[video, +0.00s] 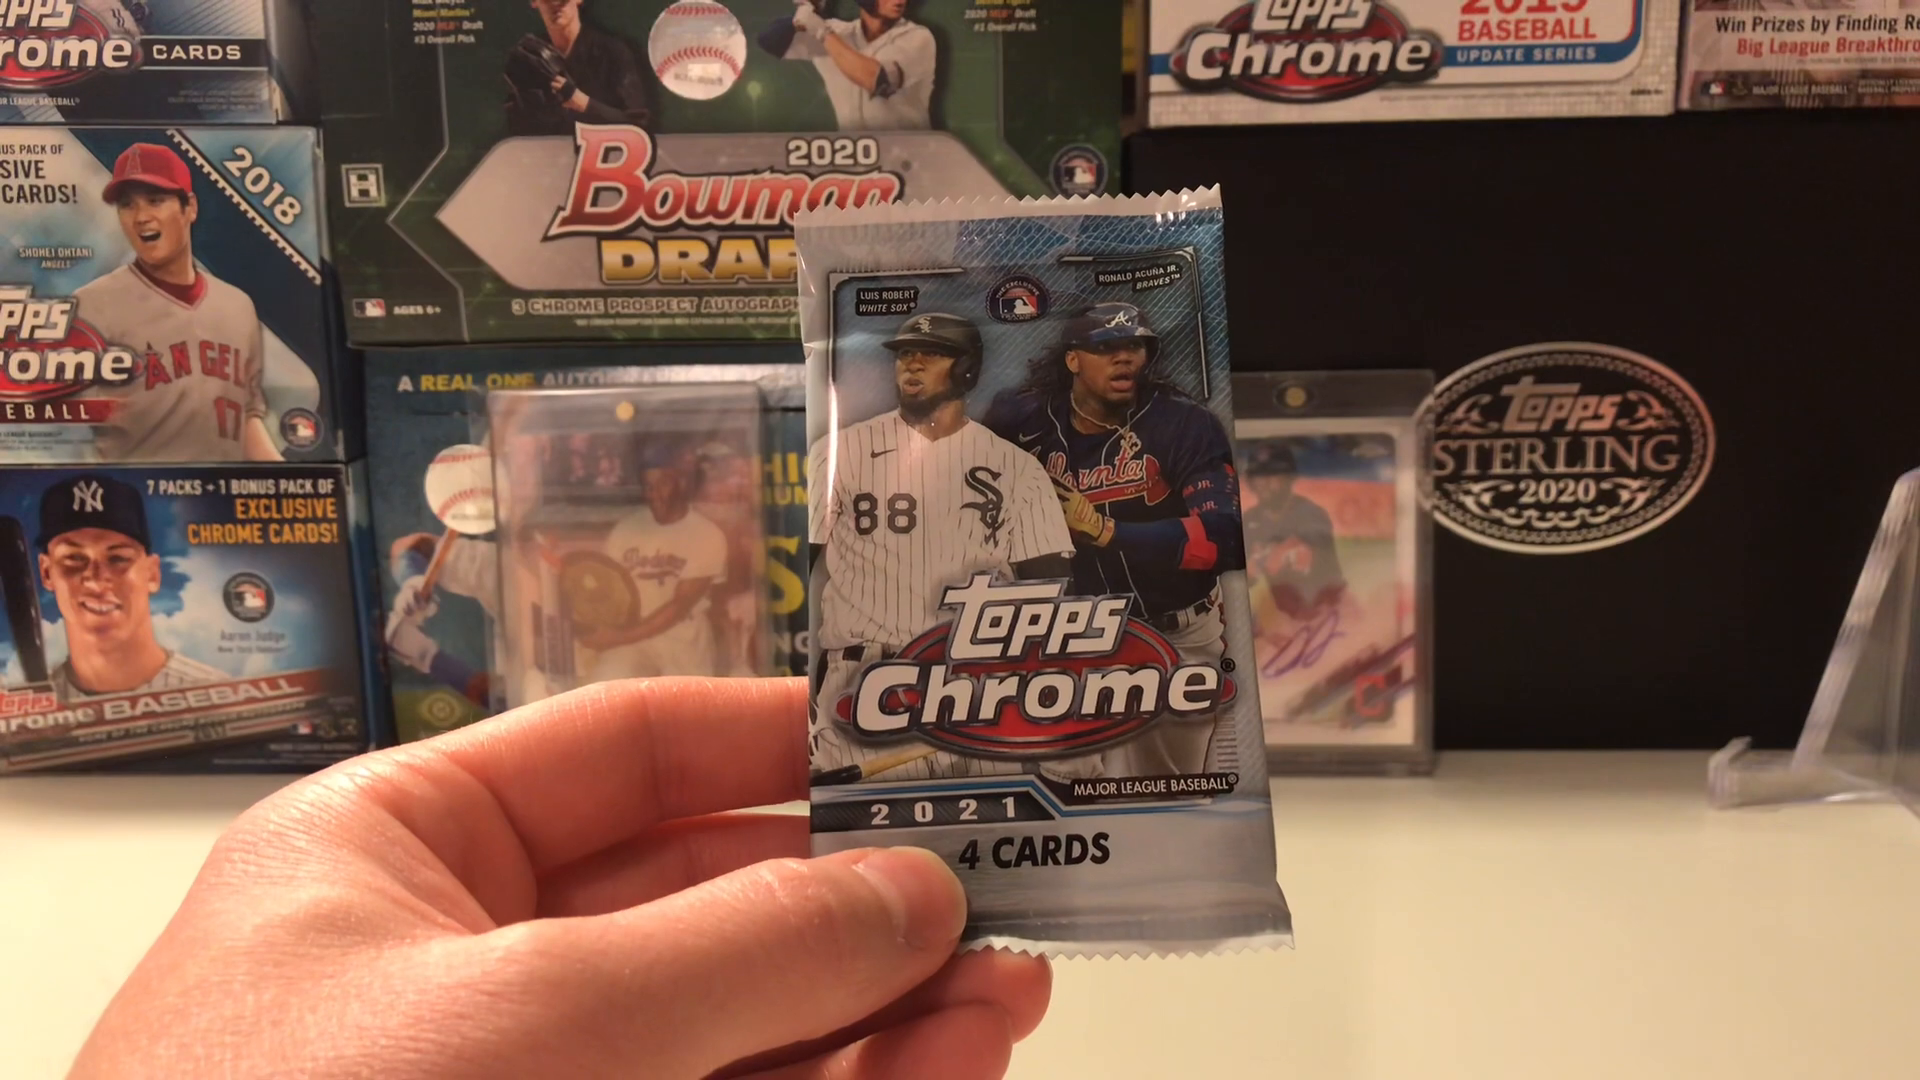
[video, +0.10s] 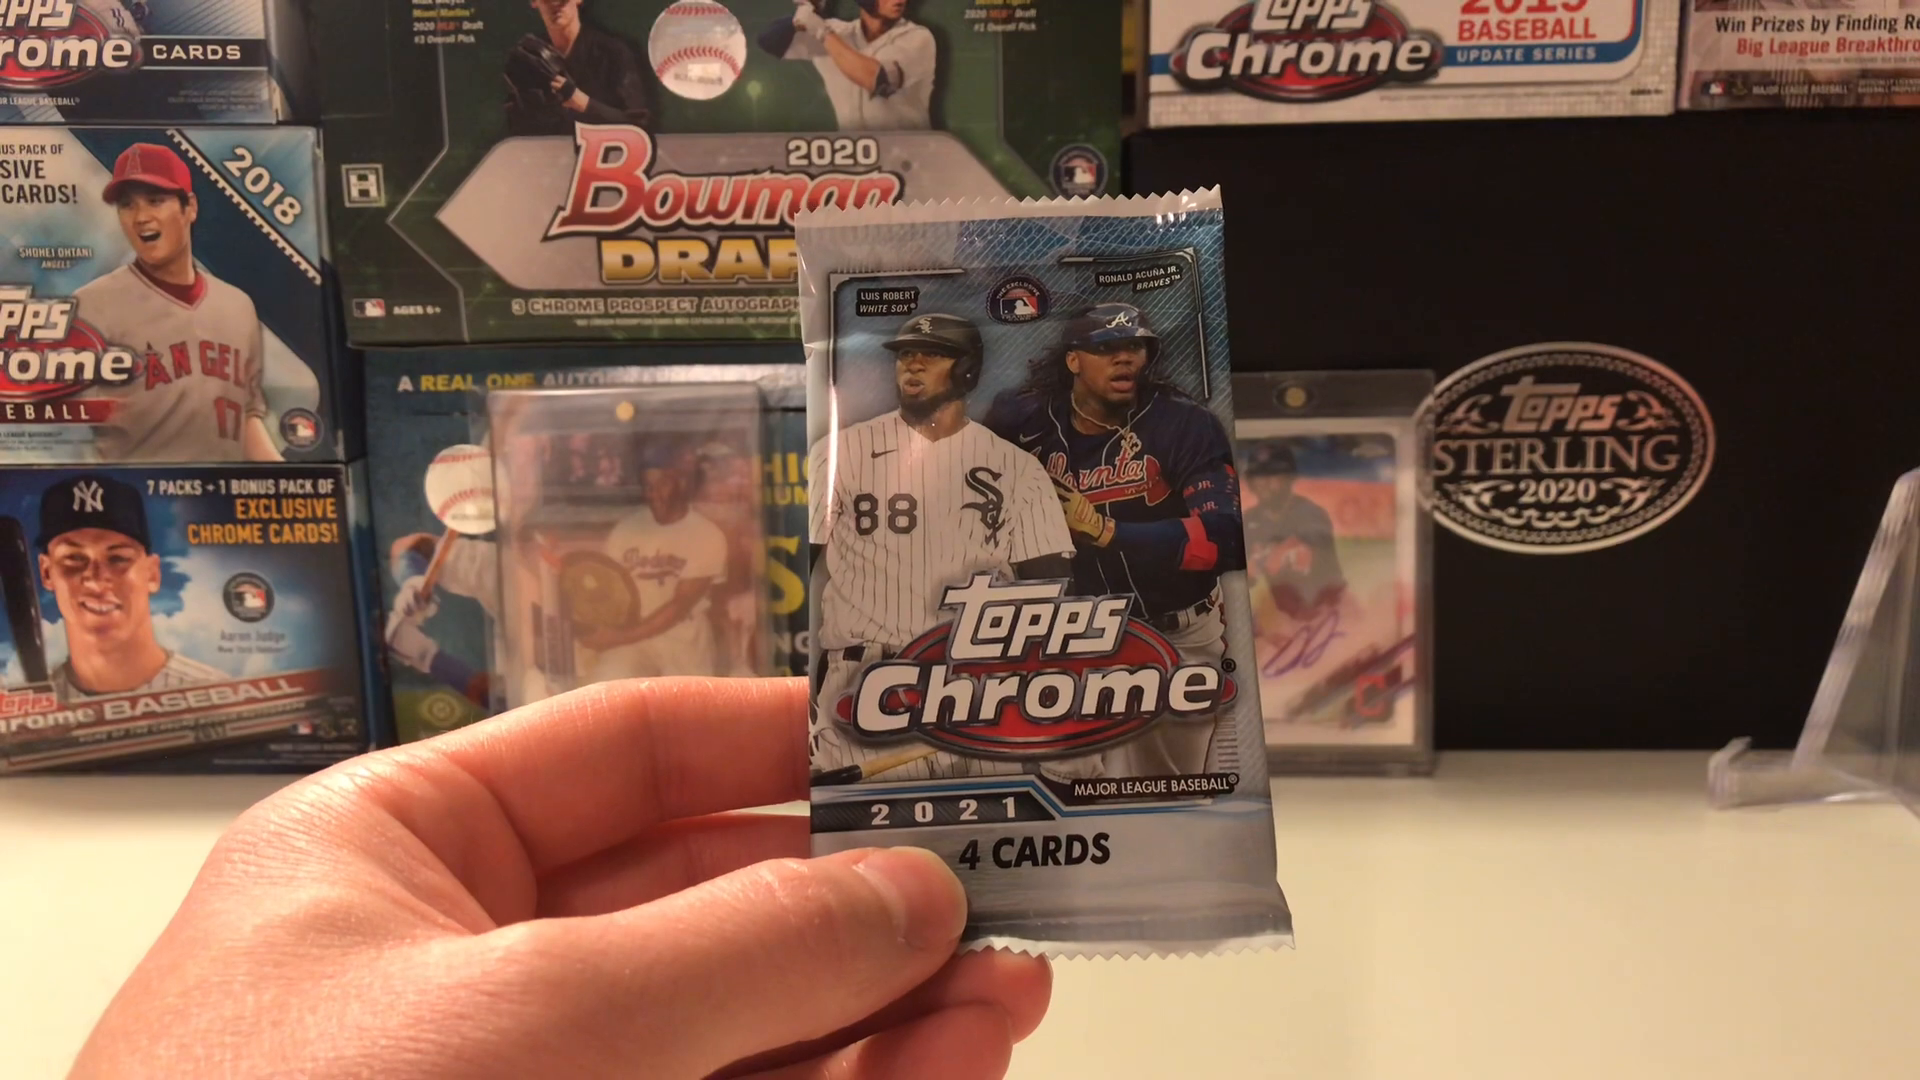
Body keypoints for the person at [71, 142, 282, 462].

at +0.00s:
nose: (142, 217)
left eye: (156, 200)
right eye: (128, 204)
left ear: (189, 209)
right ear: (119, 217)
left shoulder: (239, 307)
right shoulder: (91, 307)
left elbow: (248, 414)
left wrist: (283, 482)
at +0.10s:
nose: (142, 217)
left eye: (157, 200)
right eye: (128, 204)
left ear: (189, 209)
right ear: (119, 217)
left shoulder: (239, 307)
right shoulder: (91, 306)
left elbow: (247, 414)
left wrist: (282, 481)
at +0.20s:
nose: (142, 216)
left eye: (156, 200)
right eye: (128, 203)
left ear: (189, 209)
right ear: (118, 216)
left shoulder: (239, 306)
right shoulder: (91, 306)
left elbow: (247, 414)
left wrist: (283, 482)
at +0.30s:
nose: (142, 217)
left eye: (157, 200)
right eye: (128, 204)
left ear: (189, 209)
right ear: (119, 217)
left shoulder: (239, 307)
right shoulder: (91, 307)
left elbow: (248, 414)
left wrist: (282, 482)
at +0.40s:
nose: (142, 216)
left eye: (157, 200)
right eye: (128, 204)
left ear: (189, 209)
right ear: (119, 217)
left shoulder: (239, 306)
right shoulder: (91, 306)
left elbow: (248, 414)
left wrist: (283, 481)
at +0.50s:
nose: (142, 216)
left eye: (157, 200)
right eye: (128, 204)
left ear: (189, 209)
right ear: (118, 217)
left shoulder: (239, 306)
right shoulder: (91, 306)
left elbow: (247, 414)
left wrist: (283, 482)